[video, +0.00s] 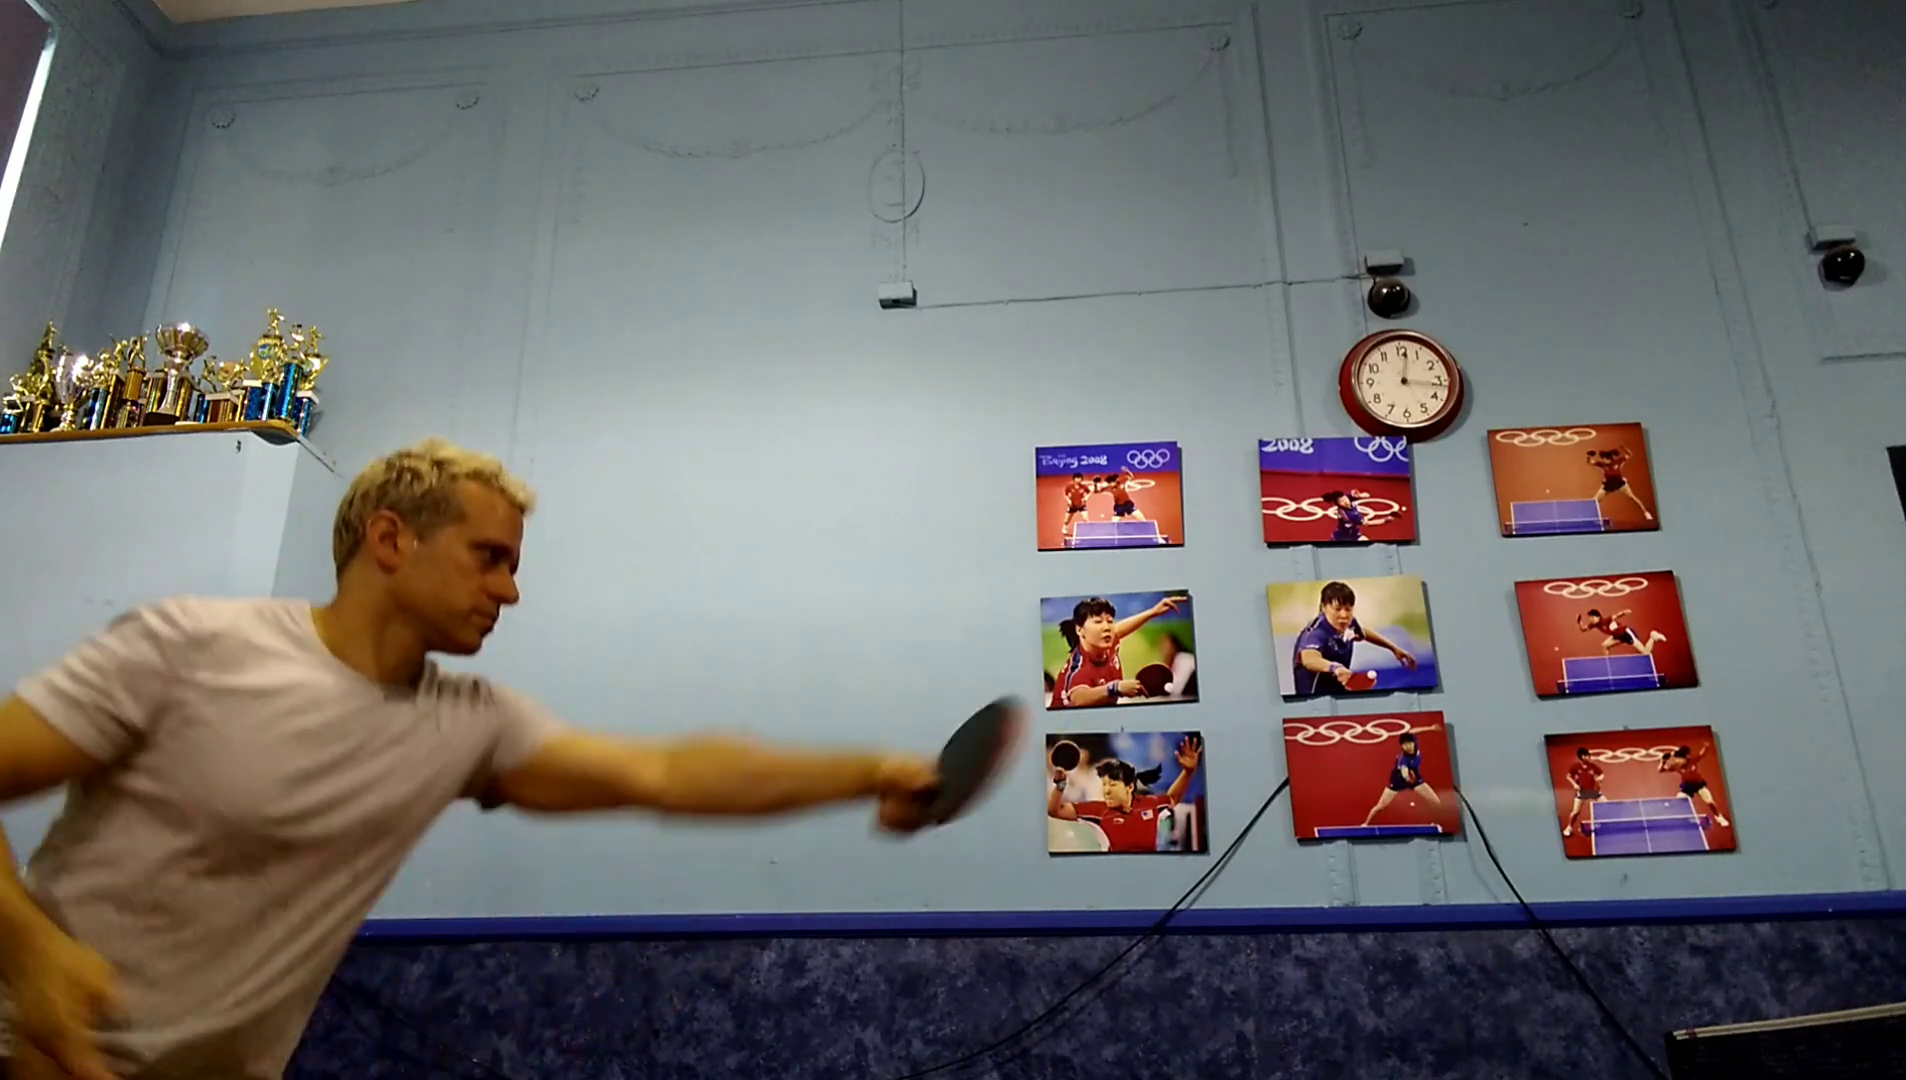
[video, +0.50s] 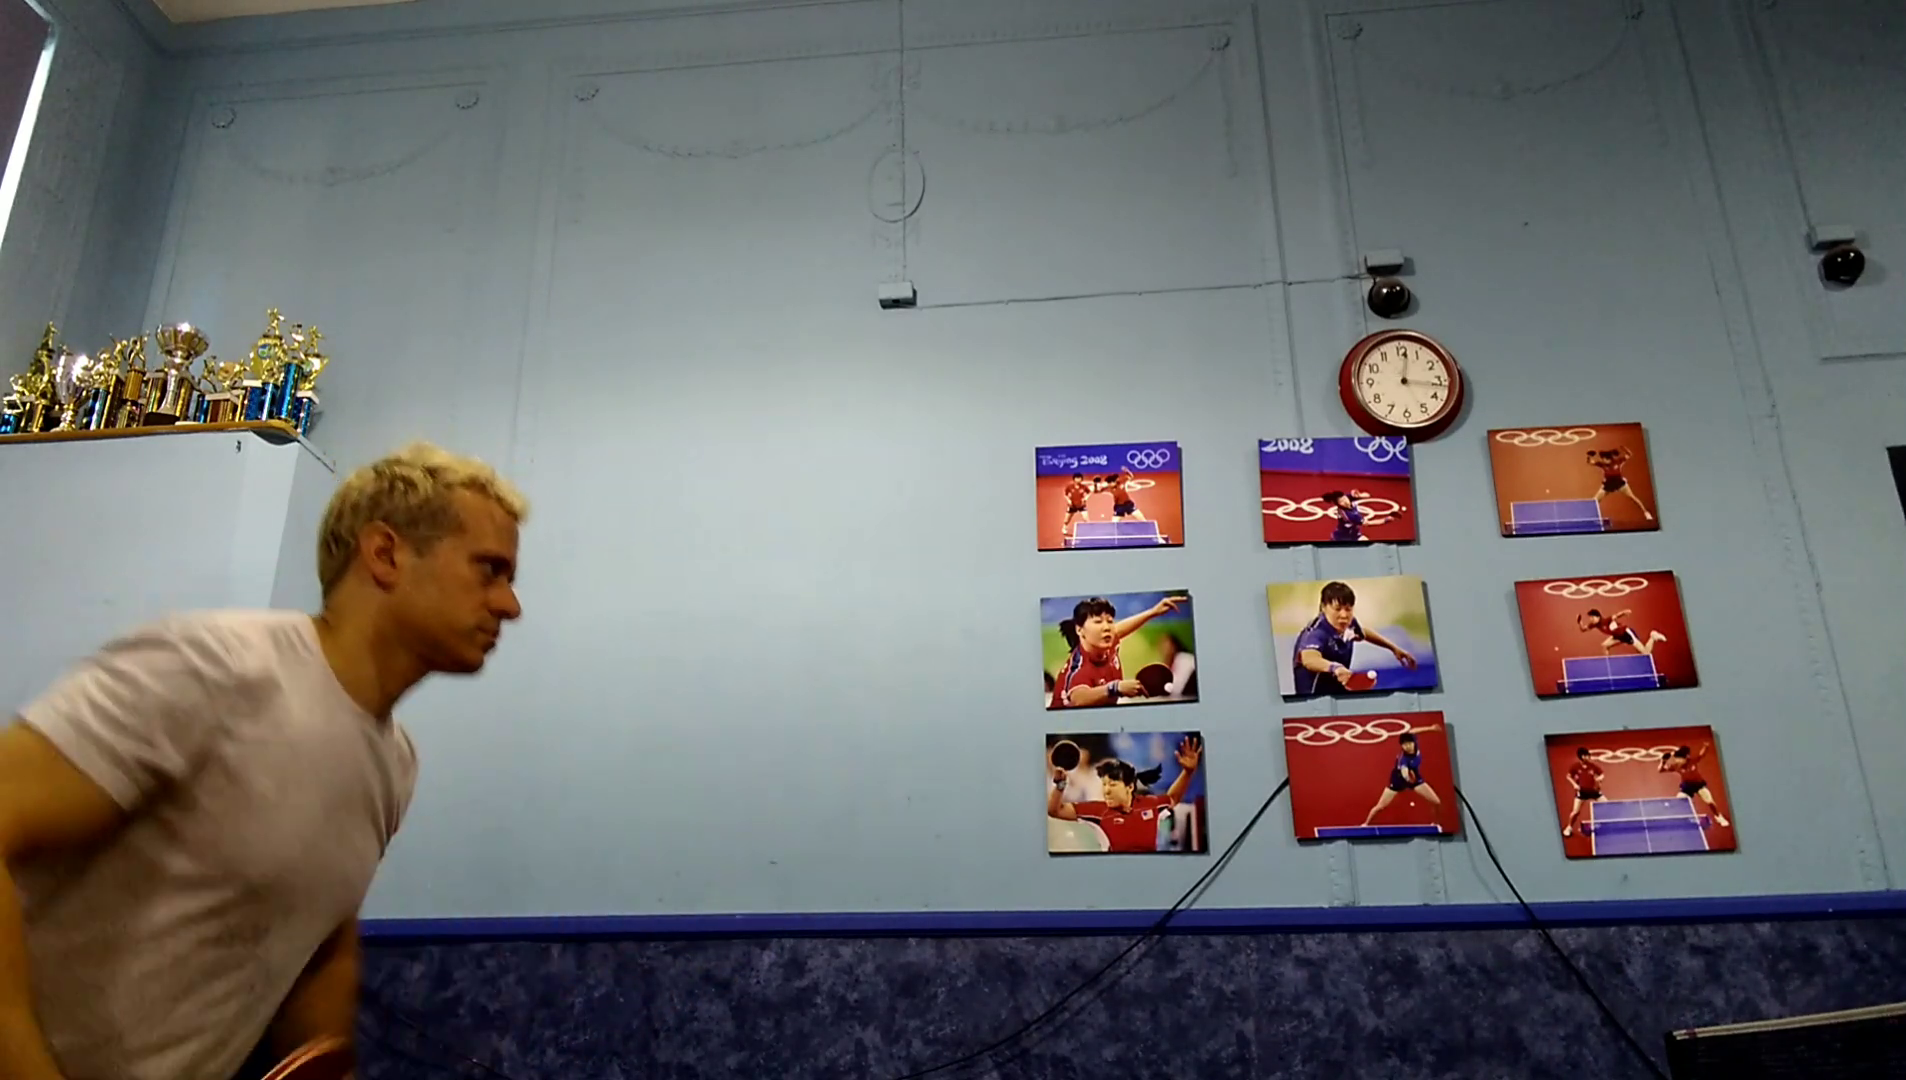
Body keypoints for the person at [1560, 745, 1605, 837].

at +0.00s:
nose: (1588, 757)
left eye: (1588, 755)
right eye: (1586, 755)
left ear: (1588, 756)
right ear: (1581, 757)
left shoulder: (1592, 766)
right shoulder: (1576, 767)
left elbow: (1602, 774)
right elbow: (1568, 776)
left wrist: (1598, 779)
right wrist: (1574, 784)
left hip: (1594, 791)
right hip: (1582, 791)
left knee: (1606, 805)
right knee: (1576, 812)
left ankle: (1607, 826)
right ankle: (1569, 827)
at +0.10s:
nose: (1587, 758)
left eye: (1588, 755)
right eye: (1585, 756)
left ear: (1589, 756)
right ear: (1581, 757)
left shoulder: (1592, 766)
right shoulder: (1576, 767)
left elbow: (1602, 774)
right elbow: (1568, 776)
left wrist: (1598, 779)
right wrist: (1574, 785)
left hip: (1594, 791)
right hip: (1582, 791)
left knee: (1606, 805)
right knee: (1576, 811)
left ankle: (1607, 826)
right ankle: (1569, 827)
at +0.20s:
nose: (1587, 758)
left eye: (1588, 755)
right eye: (1585, 756)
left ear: (1589, 756)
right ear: (1581, 757)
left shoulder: (1592, 766)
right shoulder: (1576, 767)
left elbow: (1602, 774)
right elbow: (1568, 776)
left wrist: (1598, 779)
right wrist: (1574, 785)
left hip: (1594, 791)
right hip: (1582, 791)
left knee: (1606, 805)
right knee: (1576, 811)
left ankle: (1607, 826)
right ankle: (1569, 827)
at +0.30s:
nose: (1587, 758)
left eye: (1588, 755)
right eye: (1585, 756)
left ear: (1589, 756)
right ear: (1581, 757)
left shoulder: (1592, 766)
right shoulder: (1576, 767)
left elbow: (1602, 774)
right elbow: (1569, 776)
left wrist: (1598, 779)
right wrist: (1574, 785)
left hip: (1594, 791)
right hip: (1582, 791)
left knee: (1606, 805)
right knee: (1576, 811)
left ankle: (1607, 826)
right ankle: (1569, 827)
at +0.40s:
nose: (1587, 758)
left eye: (1588, 755)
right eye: (1585, 756)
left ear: (1589, 756)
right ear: (1581, 757)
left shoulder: (1592, 766)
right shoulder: (1576, 766)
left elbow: (1602, 774)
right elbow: (1568, 776)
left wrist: (1598, 779)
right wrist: (1574, 785)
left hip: (1594, 791)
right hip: (1582, 791)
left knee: (1606, 805)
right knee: (1576, 812)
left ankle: (1607, 826)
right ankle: (1569, 827)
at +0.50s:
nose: (1587, 758)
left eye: (1588, 755)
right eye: (1585, 756)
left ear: (1589, 756)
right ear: (1581, 757)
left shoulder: (1592, 766)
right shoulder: (1576, 766)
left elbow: (1602, 774)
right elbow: (1568, 776)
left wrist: (1598, 779)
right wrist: (1574, 785)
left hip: (1594, 791)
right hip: (1582, 791)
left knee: (1606, 805)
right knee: (1576, 812)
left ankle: (1607, 826)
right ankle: (1569, 827)